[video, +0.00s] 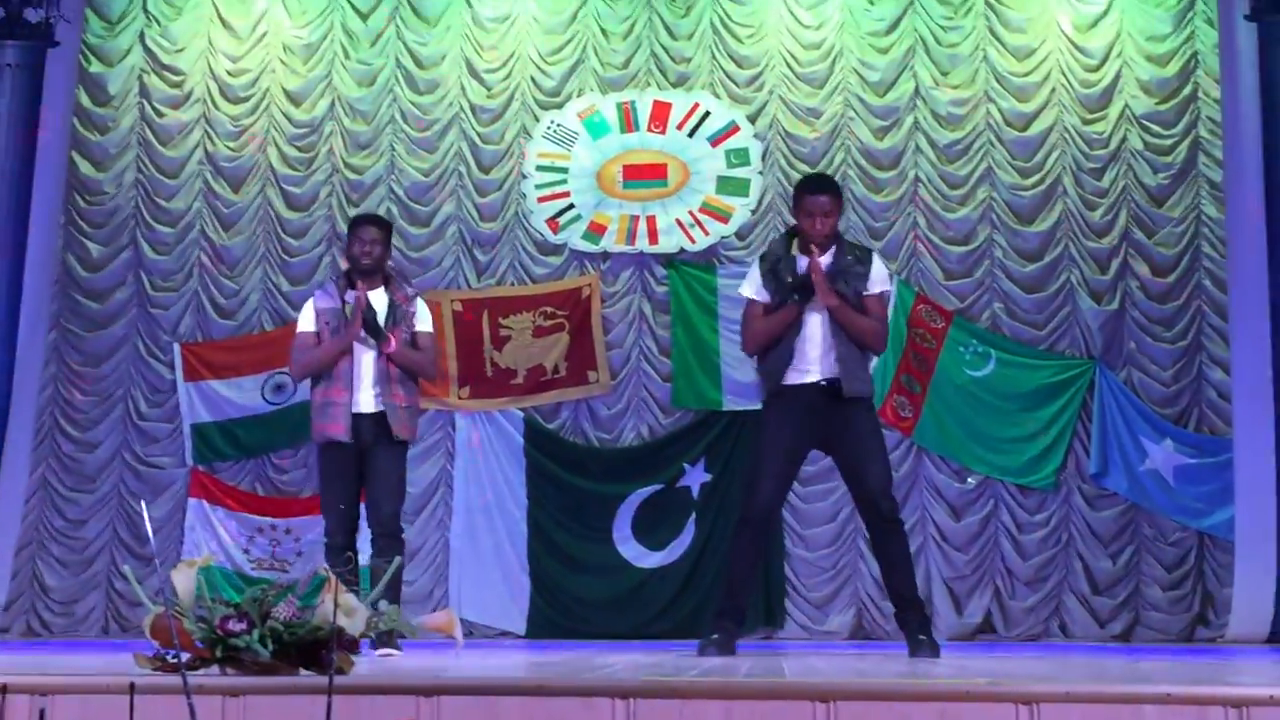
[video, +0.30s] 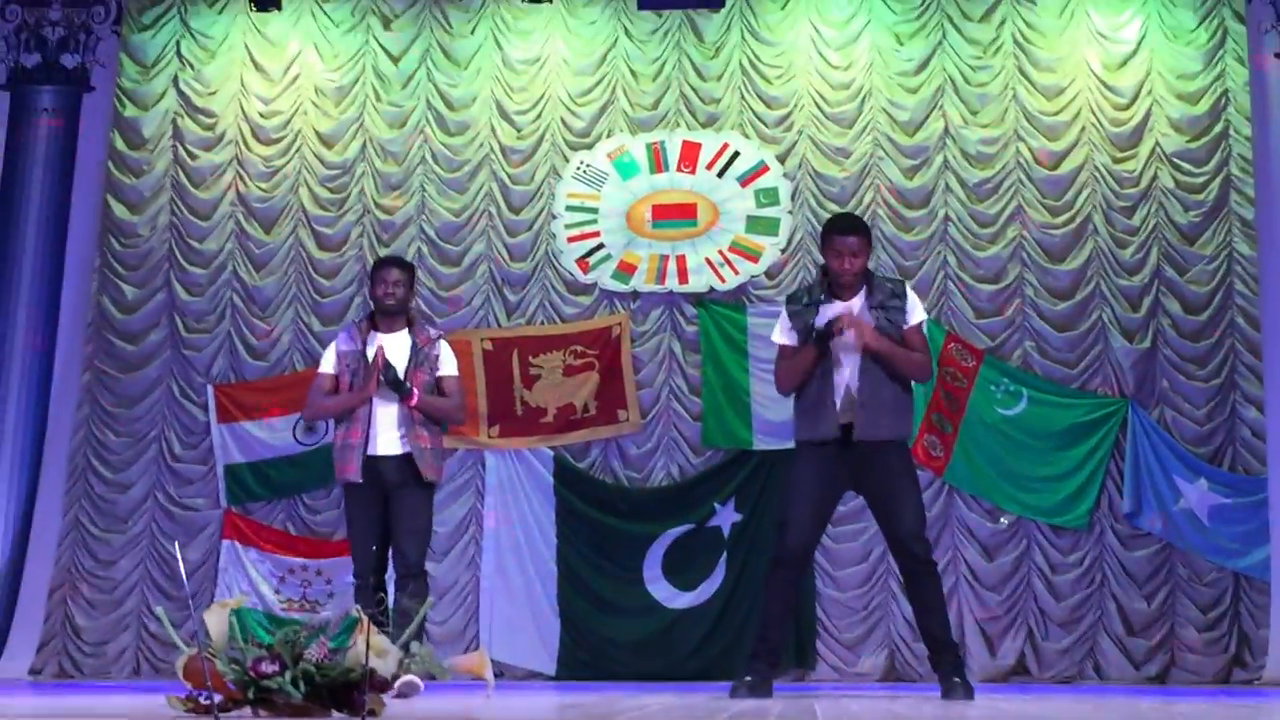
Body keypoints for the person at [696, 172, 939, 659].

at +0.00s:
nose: (819, 224)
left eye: (828, 215)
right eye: (810, 215)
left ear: (839, 216)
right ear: (795, 215)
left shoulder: (865, 263)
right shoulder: (770, 265)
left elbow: (877, 339)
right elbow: (752, 340)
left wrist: (828, 296)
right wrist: (803, 301)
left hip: (848, 401)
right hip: (789, 403)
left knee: (880, 508)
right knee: (758, 509)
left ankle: (917, 629)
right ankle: (726, 629)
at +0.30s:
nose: (847, 263)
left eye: (855, 254)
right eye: (838, 254)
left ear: (868, 256)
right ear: (823, 255)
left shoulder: (894, 296)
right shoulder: (801, 304)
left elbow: (921, 368)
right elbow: (785, 380)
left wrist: (872, 342)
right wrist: (823, 340)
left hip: (882, 446)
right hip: (819, 448)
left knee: (913, 551)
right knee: (791, 551)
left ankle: (950, 671)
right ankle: (761, 672)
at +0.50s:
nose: (844, 262)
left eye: (853, 253)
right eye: (834, 253)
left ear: (865, 255)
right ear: (818, 256)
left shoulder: (891, 301)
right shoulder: (793, 309)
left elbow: (925, 366)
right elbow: (773, 379)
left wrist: (908, 404)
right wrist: (784, 378)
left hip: (877, 446)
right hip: (815, 450)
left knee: (909, 556)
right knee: (787, 557)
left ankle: (945, 675)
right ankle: (756, 677)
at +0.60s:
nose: (850, 274)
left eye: (859, 265)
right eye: (841, 265)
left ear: (871, 267)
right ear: (825, 267)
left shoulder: (900, 311)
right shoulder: (801, 319)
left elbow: (934, 374)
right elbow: (776, 400)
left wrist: (945, 423)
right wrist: (786, 418)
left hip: (885, 457)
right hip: (821, 459)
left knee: (919, 565)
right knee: (791, 564)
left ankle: (951, 683)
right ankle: (761, 684)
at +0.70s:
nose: (865, 306)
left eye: (874, 296)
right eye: (856, 297)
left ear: (887, 294)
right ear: (841, 296)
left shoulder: (911, 329)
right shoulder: (819, 338)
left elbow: (930, 396)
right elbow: (808, 409)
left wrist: (959, 444)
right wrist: (789, 467)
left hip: (898, 473)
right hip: (834, 475)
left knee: (944, 570)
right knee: (800, 569)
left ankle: (967, 694)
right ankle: (768, 691)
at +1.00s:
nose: (859, 360)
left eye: (868, 350)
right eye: (850, 350)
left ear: (881, 346)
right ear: (834, 344)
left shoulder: (909, 376)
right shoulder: (803, 379)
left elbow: (964, 415)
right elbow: (753, 424)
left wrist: (1011, 460)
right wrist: (713, 468)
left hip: (894, 493)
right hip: (826, 492)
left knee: (941, 585)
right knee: (788, 576)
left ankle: (965, 700)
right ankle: (764, 699)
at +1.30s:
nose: (869, 370)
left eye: (878, 361)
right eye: (860, 360)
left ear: (891, 354)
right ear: (843, 353)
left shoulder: (916, 377)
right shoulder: (816, 382)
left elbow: (961, 408)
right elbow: (788, 426)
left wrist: (966, 462)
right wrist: (778, 466)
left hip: (896, 485)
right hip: (830, 484)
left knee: (943, 578)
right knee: (794, 572)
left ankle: (968, 697)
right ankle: (764, 695)